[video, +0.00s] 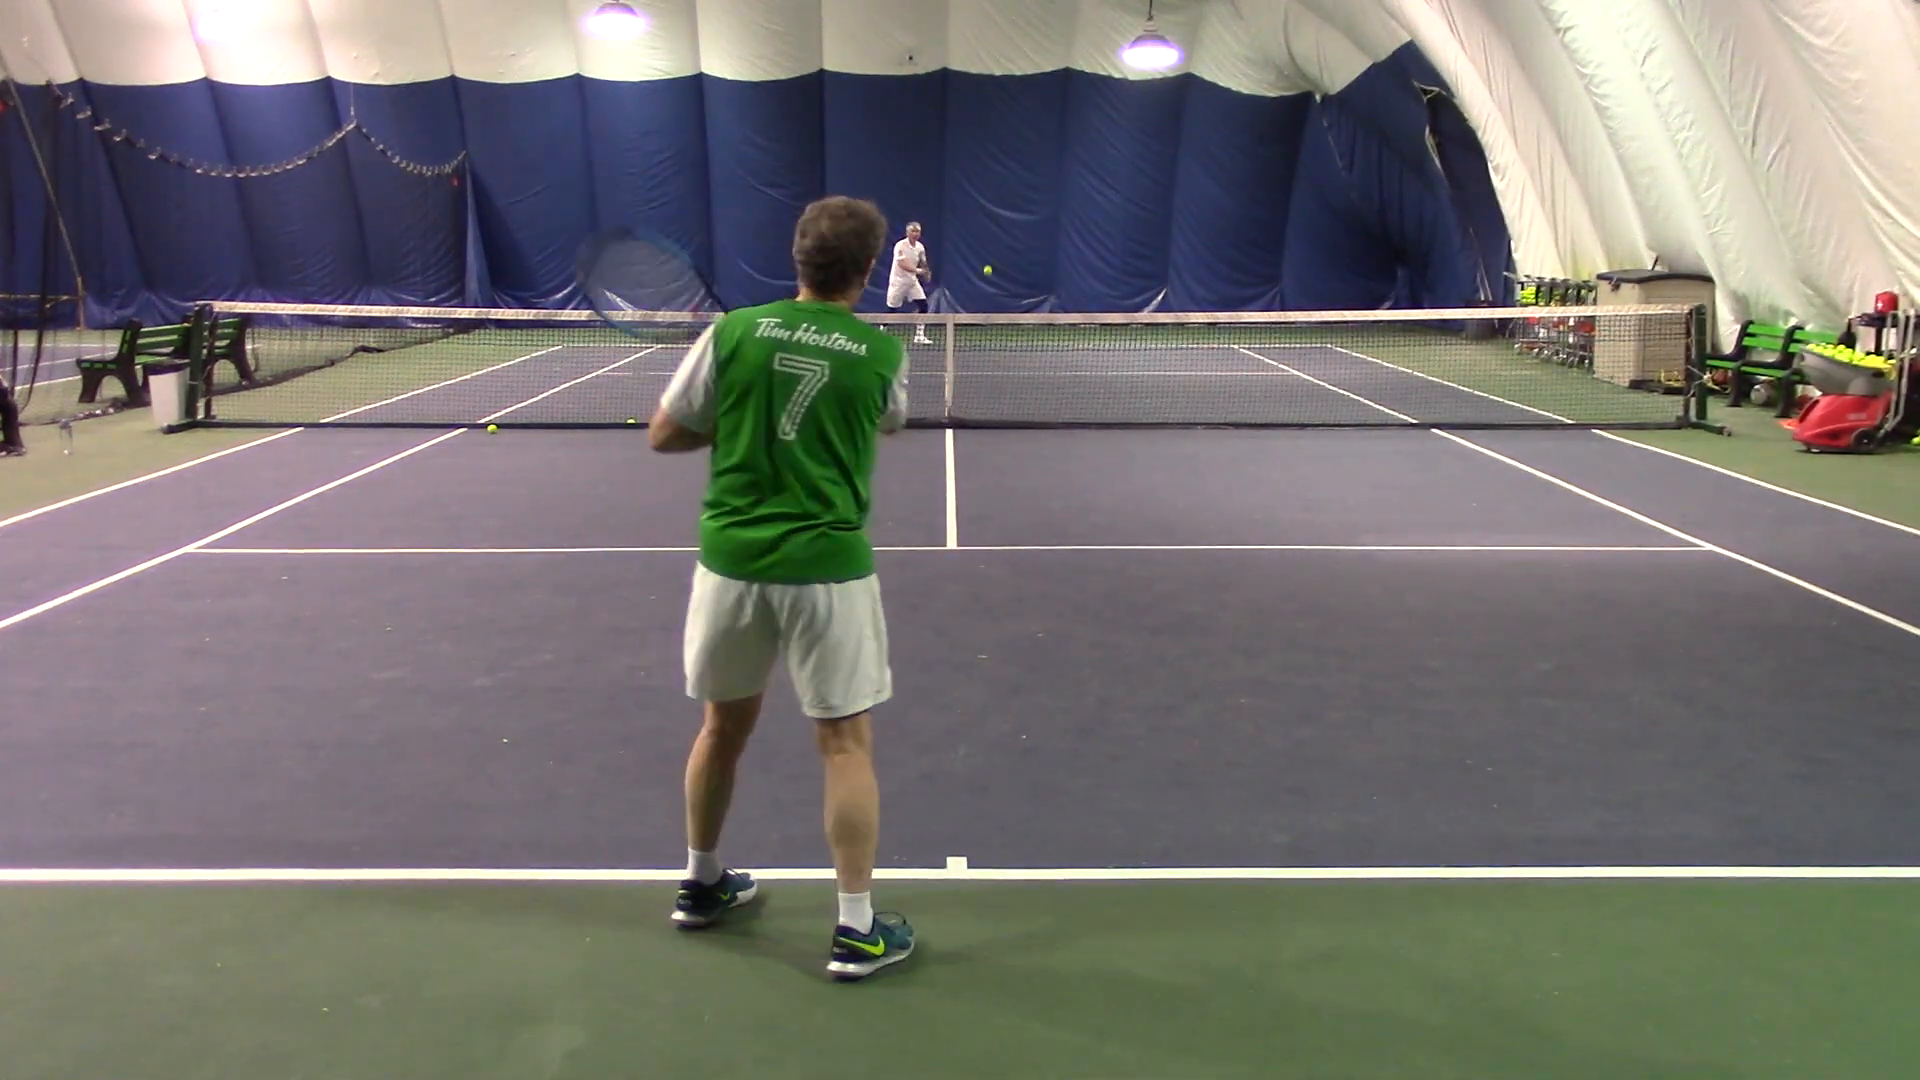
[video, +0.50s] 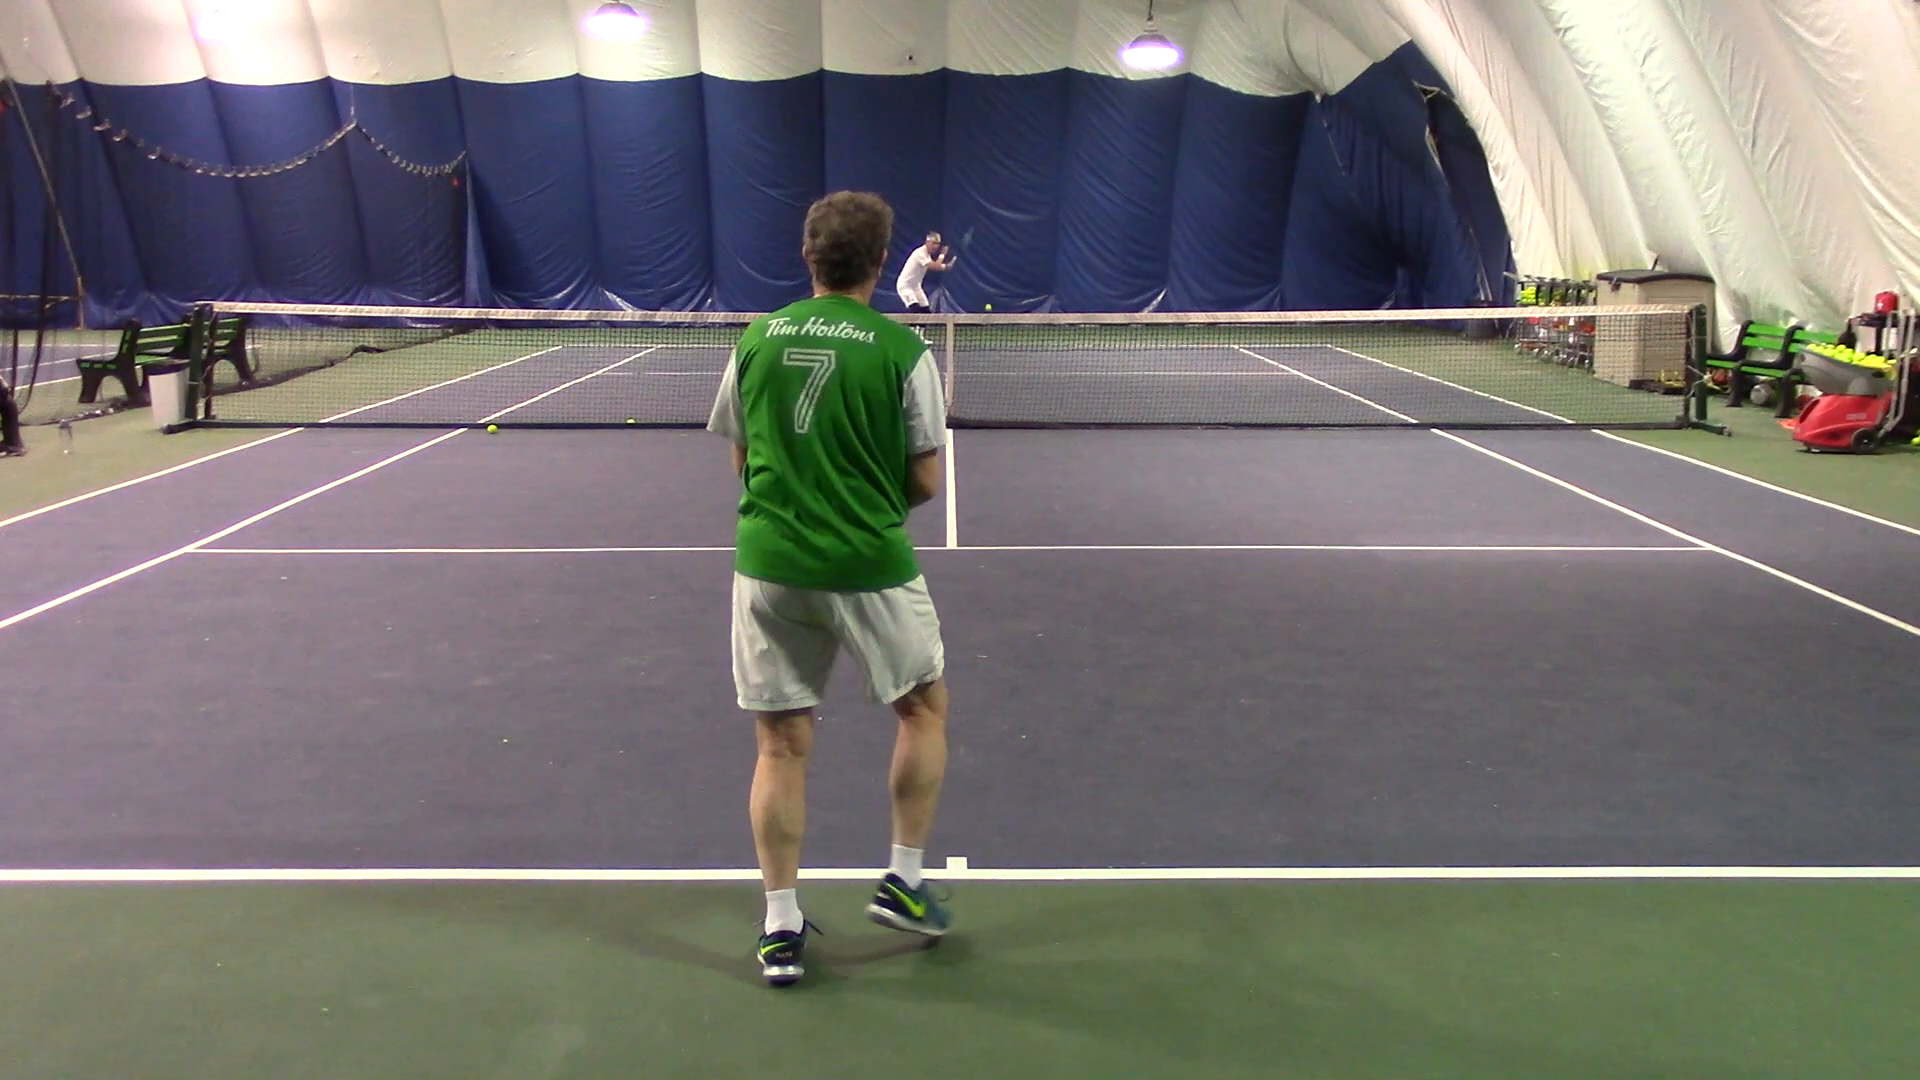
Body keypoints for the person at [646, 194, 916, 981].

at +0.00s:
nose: (874, 270)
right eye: (874, 262)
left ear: (797, 261)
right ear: (867, 272)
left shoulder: (734, 331)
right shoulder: (885, 351)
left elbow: (666, 432)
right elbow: (884, 423)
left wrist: (739, 417)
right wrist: (809, 394)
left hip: (732, 565)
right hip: (829, 571)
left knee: (721, 726)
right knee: (845, 743)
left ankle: (701, 883)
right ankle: (856, 926)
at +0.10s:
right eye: (885, 257)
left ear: (808, 260)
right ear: (879, 268)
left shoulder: (749, 333)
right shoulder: (897, 349)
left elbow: (696, 445)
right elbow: (911, 453)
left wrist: (768, 436)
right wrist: (837, 443)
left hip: (747, 558)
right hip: (846, 567)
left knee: (740, 717)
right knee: (857, 738)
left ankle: (718, 888)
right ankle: (857, 926)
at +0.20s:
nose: (887, 261)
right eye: (891, 250)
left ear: (812, 253)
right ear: (885, 260)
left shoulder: (757, 329)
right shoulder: (907, 347)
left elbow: (716, 450)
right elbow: (917, 473)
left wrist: (789, 446)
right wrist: (846, 455)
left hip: (756, 557)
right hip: (857, 567)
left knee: (758, 716)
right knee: (859, 737)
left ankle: (755, 887)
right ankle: (858, 924)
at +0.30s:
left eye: (814, 241)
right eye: (885, 247)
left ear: (809, 252)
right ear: (884, 258)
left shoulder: (757, 329)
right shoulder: (909, 346)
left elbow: (726, 452)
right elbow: (923, 474)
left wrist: (795, 442)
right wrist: (856, 471)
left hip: (759, 561)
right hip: (860, 570)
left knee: (775, 731)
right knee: (867, 735)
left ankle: (779, 907)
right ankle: (861, 920)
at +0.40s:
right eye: (879, 253)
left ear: (804, 259)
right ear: (878, 265)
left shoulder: (754, 337)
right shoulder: (900, 351)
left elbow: (729, 458)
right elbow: (923, 480)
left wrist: (800, 457)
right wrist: (858, 482)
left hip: (761, 559)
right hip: (861, 566)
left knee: (778, 741)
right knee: (902, 719)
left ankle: (780, 927)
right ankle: (876, 890)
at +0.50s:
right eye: (878, 252)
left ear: (805, 258)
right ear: (879, 264)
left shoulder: (759, 338)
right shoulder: (903, 349)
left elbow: (741, 460)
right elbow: (926, 480)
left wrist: (807, 479)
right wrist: (862, 495)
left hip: (769, 557)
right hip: (871, 561)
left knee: (781, 743)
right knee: (922, 708)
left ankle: (781, 925)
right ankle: (904, 878)